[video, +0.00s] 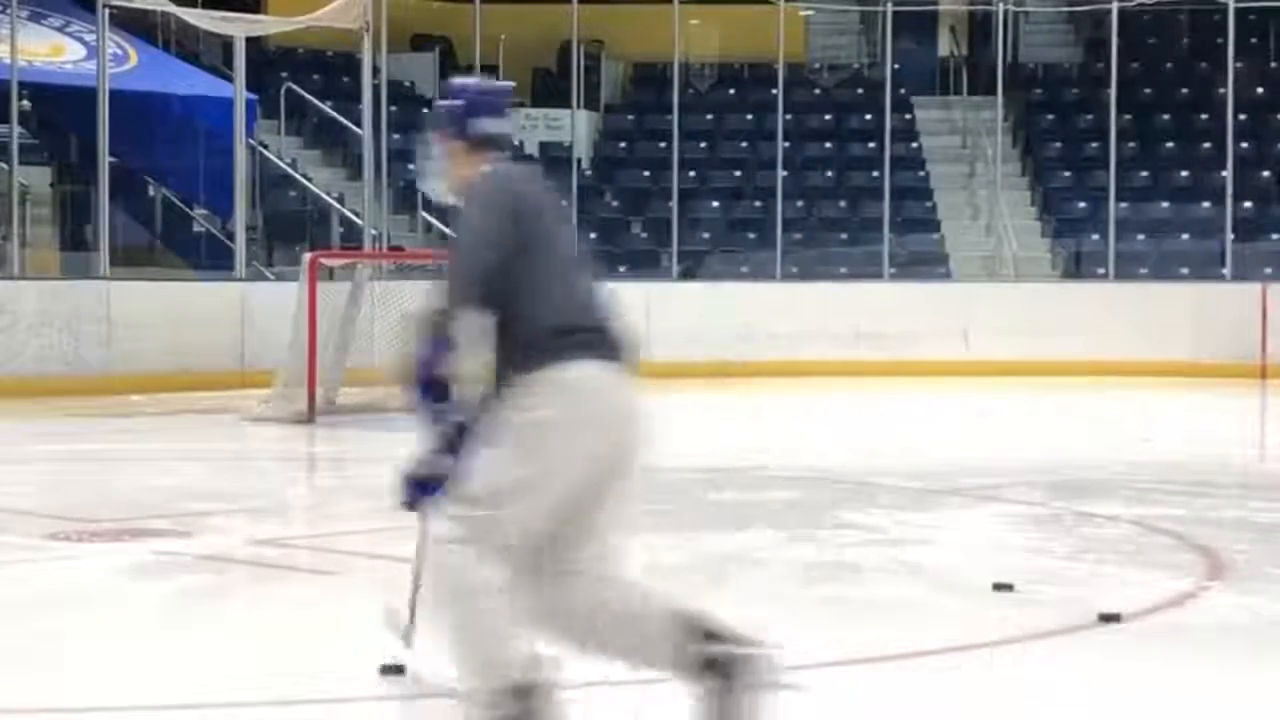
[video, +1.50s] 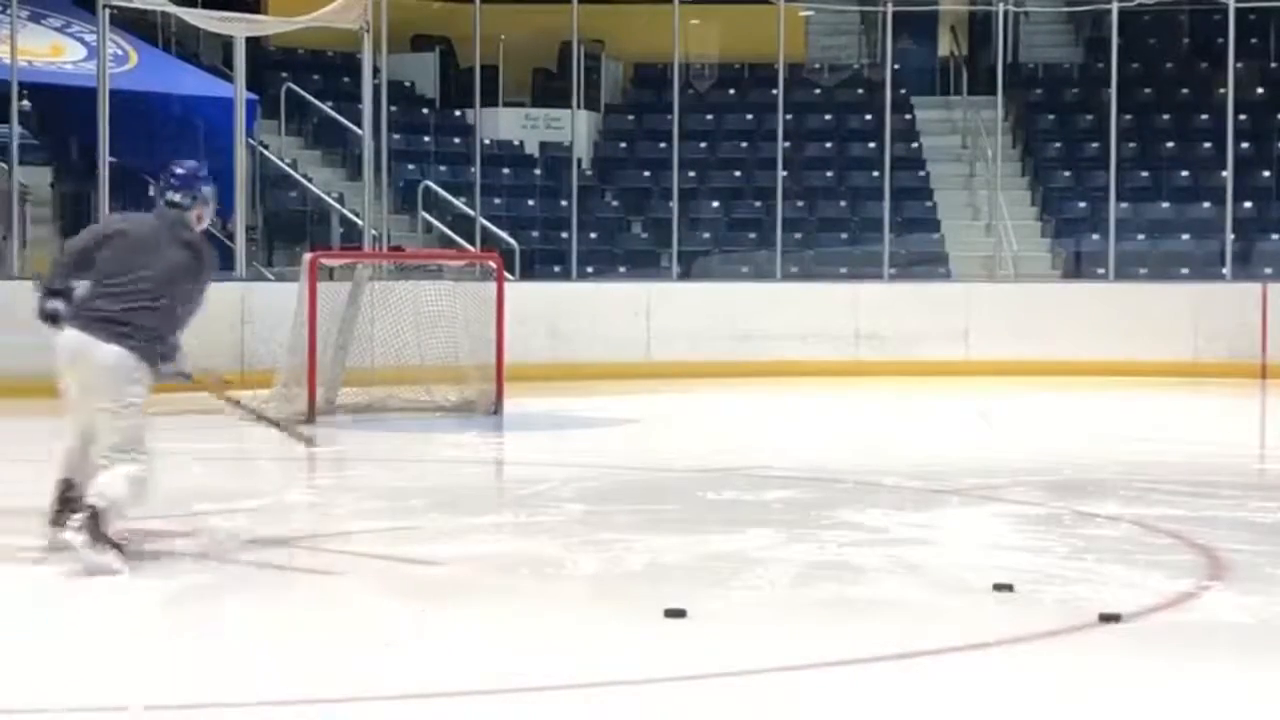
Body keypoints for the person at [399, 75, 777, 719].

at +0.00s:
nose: (443, 160)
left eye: (446, 145)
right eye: (442, 146)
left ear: (466, 141)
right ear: (498, 138)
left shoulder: (494, 189)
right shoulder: (534, 194)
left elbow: (469, 316)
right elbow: (512, 355)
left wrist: (456, 414)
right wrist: (448, 449)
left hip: (560, 392)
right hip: (612, 397)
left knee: (466, 532)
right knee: (550, 580)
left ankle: (509, 691)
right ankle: (710, 654)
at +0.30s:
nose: (131, 173)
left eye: (134, 164)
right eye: (141, 164)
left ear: (139, 162)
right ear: (189, 166)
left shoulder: (114, 203)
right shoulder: (212, 226)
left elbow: (30, 272)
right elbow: (199, 330)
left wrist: (55, 329)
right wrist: (99, 344)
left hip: (127, 396)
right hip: (203, 409)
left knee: (29, 528)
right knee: (122, 553)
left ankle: (16, 656)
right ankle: (199, 620)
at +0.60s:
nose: (87, 184)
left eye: (87, 170)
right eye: (82, 170)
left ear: (29, 165)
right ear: (62, 172)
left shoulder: (19, 226)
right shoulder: (46, 245)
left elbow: (38, 341)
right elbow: (52, 347)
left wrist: (53, 408)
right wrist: (66, 419)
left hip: (10, 387)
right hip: (4, 391)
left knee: (11, 492)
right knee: (10, 490)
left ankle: (8, 618)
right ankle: (5, 620)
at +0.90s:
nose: (109, 205)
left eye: (111, 194)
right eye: (108, 193)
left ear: (57, 179)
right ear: (89, 191)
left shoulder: (12, 206)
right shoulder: (54, 249)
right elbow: (73, 347)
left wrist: (12, 342)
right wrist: (110, 415)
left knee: (16, 442)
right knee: (16, 444)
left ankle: (20, 556)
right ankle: (21, 558)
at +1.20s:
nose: (146, 214)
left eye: (148, 203)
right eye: (146, 203)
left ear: (100, 189)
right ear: (133, 202)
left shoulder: (37, 207)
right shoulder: (102, 258)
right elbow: (72, 327)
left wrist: (66, 371)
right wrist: (69, 378)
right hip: (20, 345)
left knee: (22, 450)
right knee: (26, 452)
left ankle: (42, 519)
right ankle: (44, 521)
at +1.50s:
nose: (208, 217)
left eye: (209, 208)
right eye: (206, 208)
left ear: (164, 198)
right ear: (196, 208)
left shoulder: (124, 224)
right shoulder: (199, 257)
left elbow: (71, 252)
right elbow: (174, 316)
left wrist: (54, 292)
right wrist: (168, 350)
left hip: (74, 339)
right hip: (122, 356)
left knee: (81, 431)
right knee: (127, 459)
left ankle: (65, 507)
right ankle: (93, 520)